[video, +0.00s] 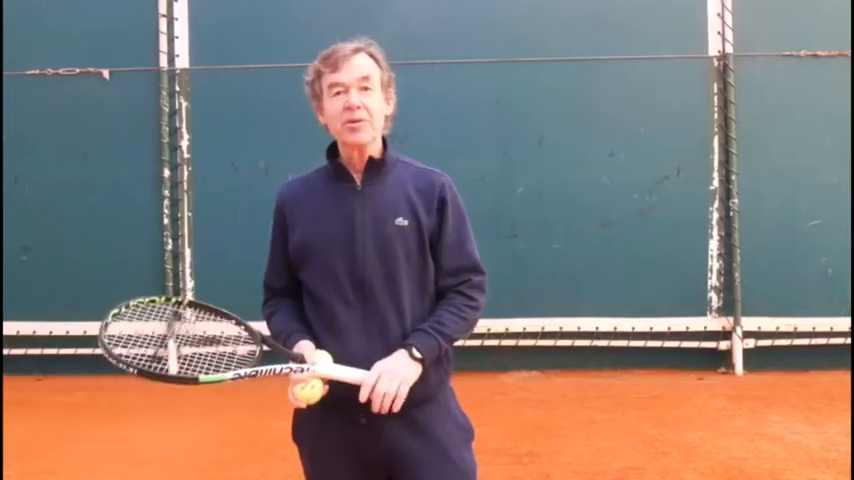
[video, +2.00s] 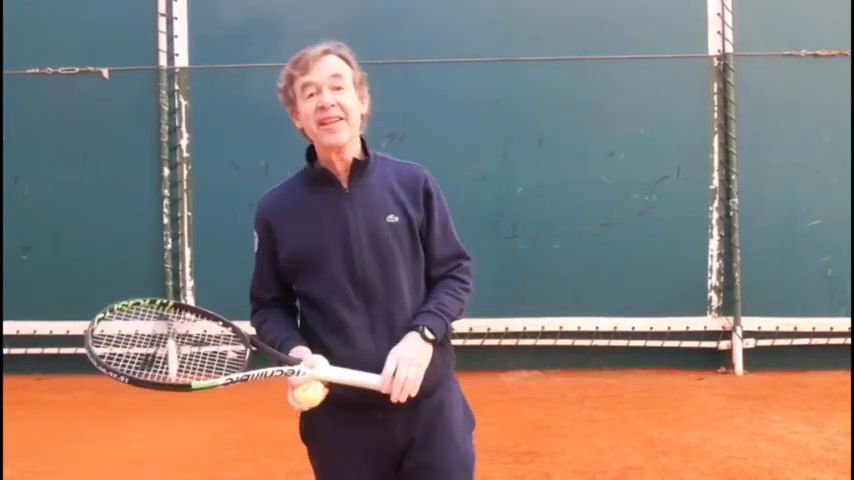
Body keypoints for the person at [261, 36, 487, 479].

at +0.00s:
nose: (353, 102)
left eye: (365, 88)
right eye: (338, 91)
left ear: (389, 103)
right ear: (321, 111)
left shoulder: (432, 190)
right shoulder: (294, 200)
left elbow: (467, 290)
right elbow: (279, 297)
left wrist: (412, 355)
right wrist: (300, 344)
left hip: (424, 421)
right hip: (330, 425)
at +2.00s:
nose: (326, 100)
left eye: (337, 87)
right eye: (311, 93)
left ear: (361, 101)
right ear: (297, 117)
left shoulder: (413, 184)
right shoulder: (277, 210)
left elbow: (455, 272)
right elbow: (268, 305)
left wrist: (422, 336)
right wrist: (295, 350)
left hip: (432, 410)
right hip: (342, 419)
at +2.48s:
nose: (378, 93)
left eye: (391, 81)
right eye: (364, 84)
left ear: (415, 101)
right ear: (347, 106)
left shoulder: (452, 196)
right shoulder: (310, 199)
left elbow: (484, 292)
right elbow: (288, 295)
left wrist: (440, 340)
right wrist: (316, 341)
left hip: (444, 420)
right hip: (349, 420)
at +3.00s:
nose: (432, 95)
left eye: (446, 83)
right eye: (417, 84)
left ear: (468, 102)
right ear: (397, 103)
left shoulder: (498, 203)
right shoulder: (352, 195)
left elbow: (528, 306)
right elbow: (326, 294)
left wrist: (489, 302)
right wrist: (351, 345)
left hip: (476, 432)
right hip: (377, 427)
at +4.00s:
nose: (431, 98)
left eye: (445, 83)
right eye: (415, 86)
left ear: (467, 100)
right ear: (395, 104)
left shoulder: (501, 199)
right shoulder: (357, 188)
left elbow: (527, 311)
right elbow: (332, 285)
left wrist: (450, 352)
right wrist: (345, 332)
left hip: (464, 433)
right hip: (364, 428)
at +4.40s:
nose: (378, 84)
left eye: (391, 73)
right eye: (364, 77)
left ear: (414, 94)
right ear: (345, 104)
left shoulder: (456, 190)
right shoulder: (314, 193)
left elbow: (498, 290)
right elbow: (295, 290)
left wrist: (445, 291)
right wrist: (315, 339)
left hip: (437, 423)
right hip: (340, 422)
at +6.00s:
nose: (364, 112)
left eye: (374, 98)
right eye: (348, 101)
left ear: (394, 106)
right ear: (328, 113)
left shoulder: (432, 196)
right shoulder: (292, 200)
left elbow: (469, 287)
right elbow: (274, 298)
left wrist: (422, 336)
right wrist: (313, 337)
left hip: (423, 417)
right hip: (328, 419)